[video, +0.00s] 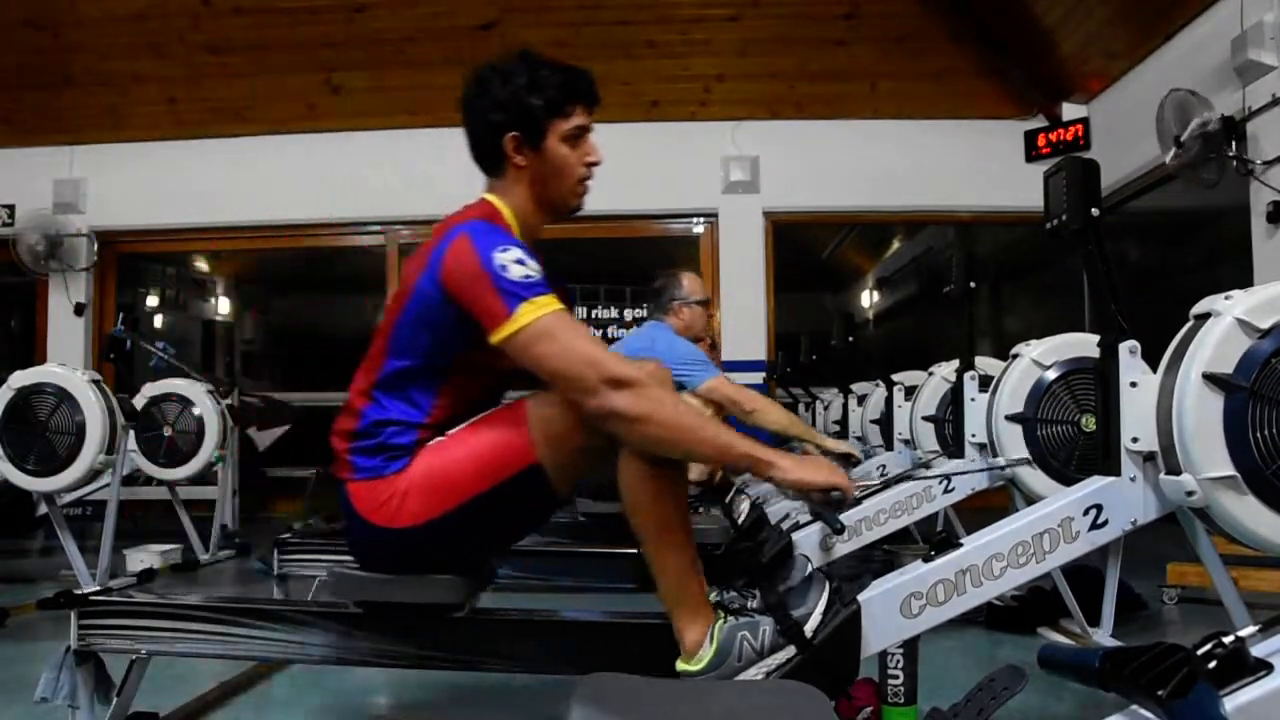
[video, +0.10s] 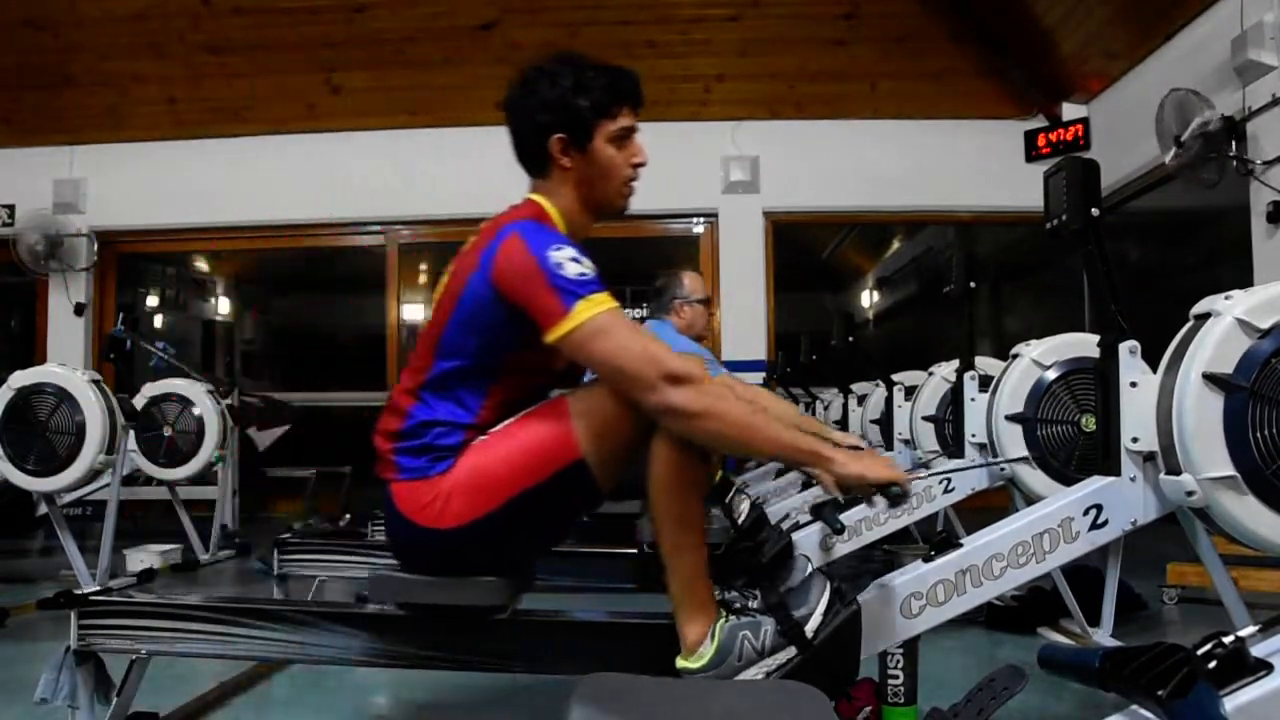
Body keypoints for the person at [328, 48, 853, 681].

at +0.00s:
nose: (594, 157)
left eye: (591, 138)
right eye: (577, 139)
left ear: (524, 154)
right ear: (519, 151)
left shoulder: (496, 244)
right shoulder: (480, 247)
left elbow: (602, 377)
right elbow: (614, 389)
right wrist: (772, 463)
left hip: (419, 484)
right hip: (392, 500)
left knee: (632, 386)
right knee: (632, 399)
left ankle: (700, 623)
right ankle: (700, 642)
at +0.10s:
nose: (641, 158)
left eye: (637, 138)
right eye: (622, 139)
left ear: (570, 154)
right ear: (564, 152)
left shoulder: (543, 244)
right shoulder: (528, 246)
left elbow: (674, 373)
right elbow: (668, 386)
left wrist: (826, 444)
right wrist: (827, 460)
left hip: (462, 491)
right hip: (437, 504)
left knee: (674, 377)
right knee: (663, 394)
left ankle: (705, 613)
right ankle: (701, 637)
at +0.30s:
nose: (713, 161)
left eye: (709, 142)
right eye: (697, 143)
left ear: (644, 155)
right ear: (640, 154)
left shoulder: (624, 243)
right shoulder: (609, 247)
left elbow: (770, 363)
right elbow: (768, 383)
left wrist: (890, 439)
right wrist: (925, 441)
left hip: (525, 499)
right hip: (503, 510)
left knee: (733, 374)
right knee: (730, 383)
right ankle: (703, 622)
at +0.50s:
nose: (722, 158)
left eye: (718, 140)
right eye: (706, 142)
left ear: (653, 155)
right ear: (649, 154)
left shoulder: (644, 242)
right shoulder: (624, 245)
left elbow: (780, 356)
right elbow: (790, 362)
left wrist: (895, 419)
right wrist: (948, 419)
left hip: (536, 490)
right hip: (511, 505)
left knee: (749, 375)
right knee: (738, 378)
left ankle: (706, 595)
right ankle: (704, 622)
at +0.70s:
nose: (621, 139)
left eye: (617, 121)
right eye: (603, 121)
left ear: (552, 140)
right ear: (547, 135)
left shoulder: (534, 223)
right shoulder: (526, 227)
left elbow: (624, 364)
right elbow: (662, 366)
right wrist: (823, 404)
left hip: (457, 478)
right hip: (434, 493)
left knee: (632, 373)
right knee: (664, 380)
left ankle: (723, 527)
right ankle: (703, 633)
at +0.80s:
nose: (533, 125)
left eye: (528, 109)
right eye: (512, 109)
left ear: (461, 125)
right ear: (454, 123)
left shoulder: (446, 218)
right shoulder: (438, 220)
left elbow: (532, 355)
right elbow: (571, 356)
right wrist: (739, 386)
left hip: (389, 476)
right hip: (366, 491)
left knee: (601, 395)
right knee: (607, 410)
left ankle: (697, 617)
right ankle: (704, 638)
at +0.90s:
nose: (434, 118)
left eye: (429, 101)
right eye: (411, 101)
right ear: (354, 117)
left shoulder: (385, 226)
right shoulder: (344, 214)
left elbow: (492, 359)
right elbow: (476, 338)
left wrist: (638, 373)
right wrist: (644, 367)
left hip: (337, 469)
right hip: (293, 483)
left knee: (564, 421)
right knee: (552, 433)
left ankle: (695, 615)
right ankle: (703, 639)